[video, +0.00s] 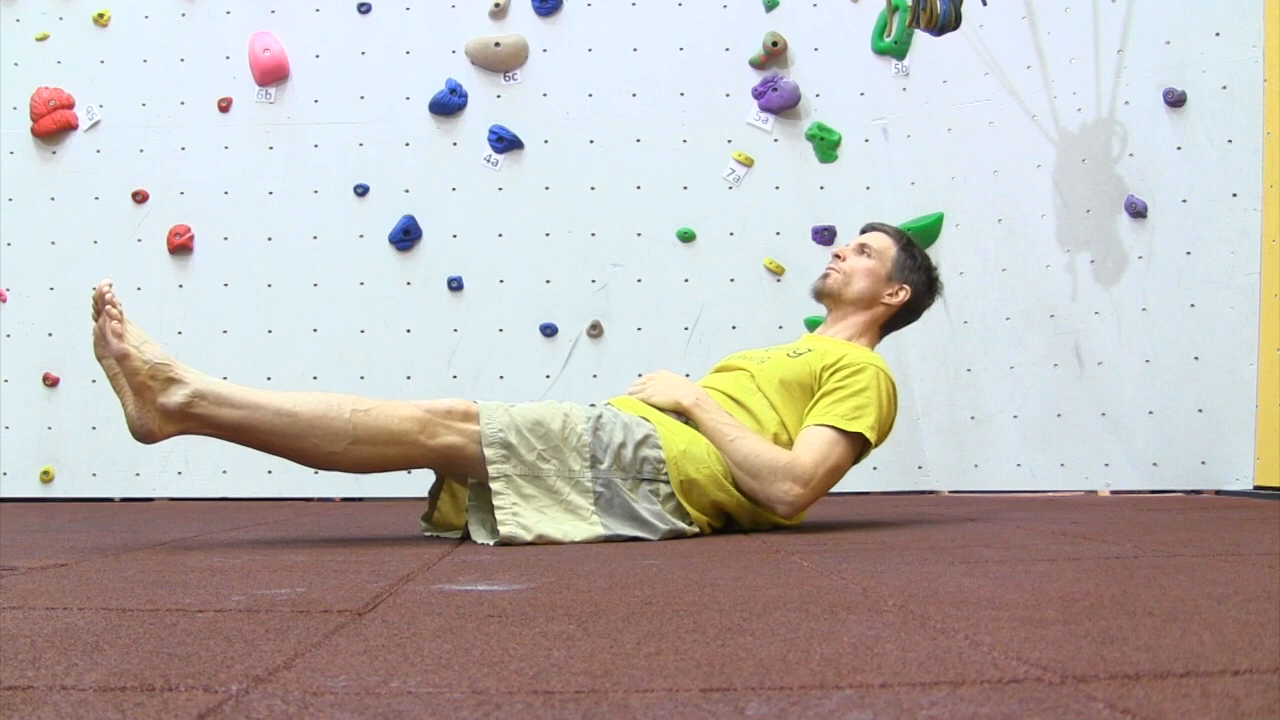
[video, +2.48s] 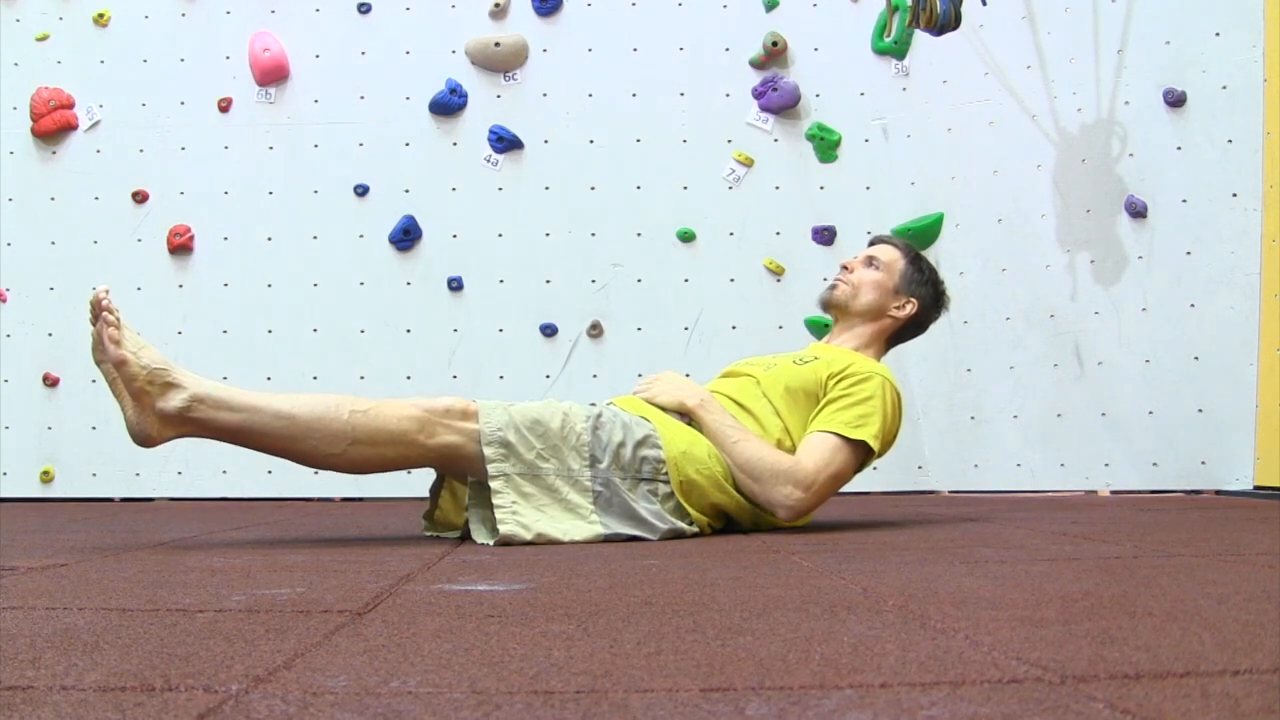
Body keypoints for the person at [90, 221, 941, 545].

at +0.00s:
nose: (841, 252)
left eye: (865, 251)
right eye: (848, 243)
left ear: (895, 296)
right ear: (848, 278)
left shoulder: (861, 372)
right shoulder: (800, 356)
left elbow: (791, 491)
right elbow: (752, 467)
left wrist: (698, 400)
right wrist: (675, 407)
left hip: (661, 461)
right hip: (642, 447)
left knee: (442, 427)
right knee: (432, 429)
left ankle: (178, 400)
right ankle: (179, 402)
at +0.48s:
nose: (843, 252)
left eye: (867, 252)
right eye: (852, 244)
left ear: (895, 299)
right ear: (856, 282)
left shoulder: (863, 374)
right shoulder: (802, 358)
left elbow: (791, 492)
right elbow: (749, 467)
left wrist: (699, 402)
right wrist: (673, 408)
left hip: (659, 460)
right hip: (639, 446)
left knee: (441, 428)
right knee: (429, 430)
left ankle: (177, 400)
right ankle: (179, 401)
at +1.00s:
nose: (846, 254)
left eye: (869, 254)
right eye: (856, 246)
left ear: (896, 300)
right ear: (861, 284)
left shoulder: (865, 377)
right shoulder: (804, 358)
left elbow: (791, 492)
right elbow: (748, 466)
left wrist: (700, 403)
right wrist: (674, 406)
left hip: (660, 461)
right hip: (642, 445)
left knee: (444, 426)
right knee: (436, 423)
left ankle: (179, 398)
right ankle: (181, 399)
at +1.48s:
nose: (846, 257)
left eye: (870, 257)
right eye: (856, 248)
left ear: (898, 303)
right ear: (860, 286)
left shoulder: (866, 378)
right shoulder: (806, 361)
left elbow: (792, 493)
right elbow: (752, 471)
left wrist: (701, 402)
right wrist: (676, 408)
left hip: (661, 461)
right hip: (643, 446)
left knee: (444, 427)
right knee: (435, 422)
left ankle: (179, 399)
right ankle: (181, 401)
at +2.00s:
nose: (847, 256)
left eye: (872, 256)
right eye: (858, 247)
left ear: (898, 304)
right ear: (864, 288)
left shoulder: (865, 378)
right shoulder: (806, 360)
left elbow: (792, 493)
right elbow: (753, 472)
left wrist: (698, 402)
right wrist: (675, 411)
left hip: (660, 461)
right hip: (642, 447)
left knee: (444, 430)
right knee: (433, 430)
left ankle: (176, 411)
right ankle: (177, 413)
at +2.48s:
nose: (850, 261)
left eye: (874, 261)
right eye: (860, 252)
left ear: (900, 309)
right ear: (865, 293)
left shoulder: (866, 381)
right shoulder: (810, 365)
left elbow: (793, 495)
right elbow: (758, 474)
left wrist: (701, 402)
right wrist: (674, 411)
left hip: (659, 461)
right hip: (639, 446)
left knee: (443, 427)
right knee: (434, 422)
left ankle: (178, 404)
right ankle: (179, 405)